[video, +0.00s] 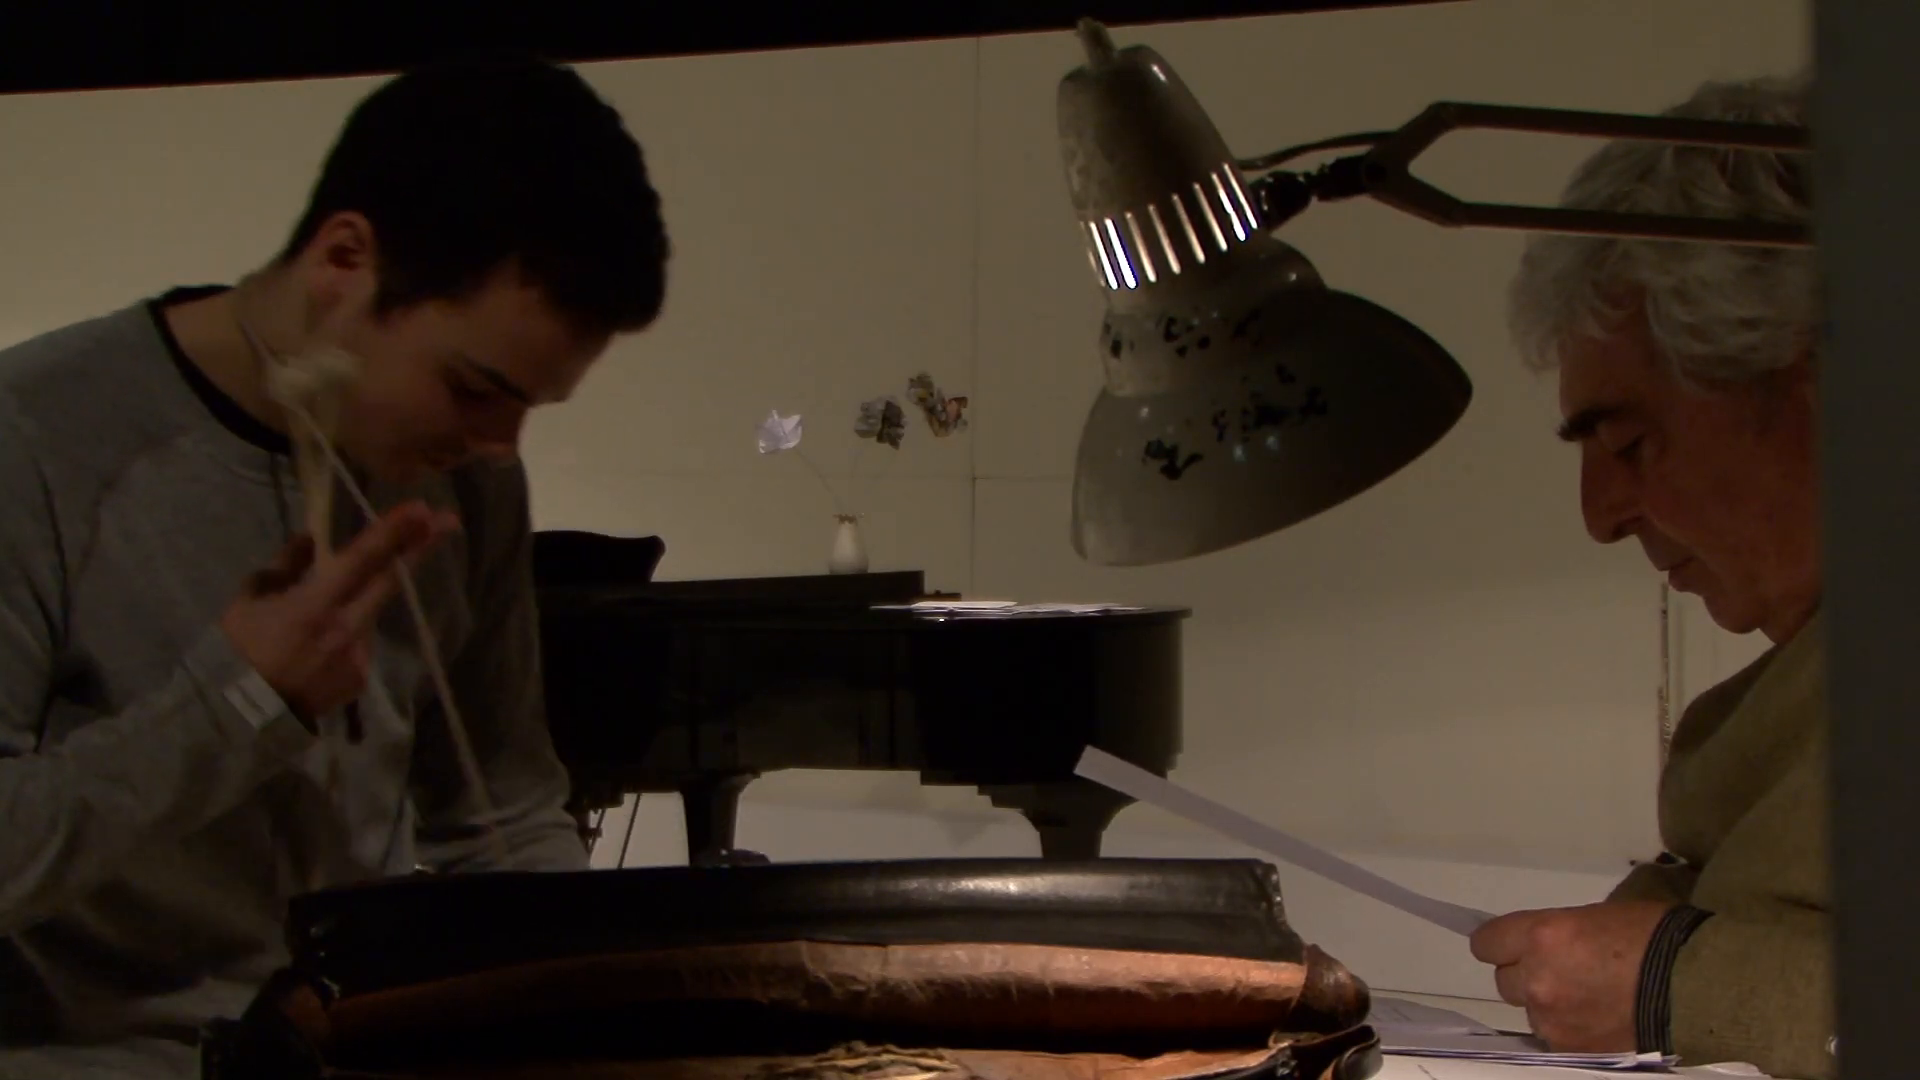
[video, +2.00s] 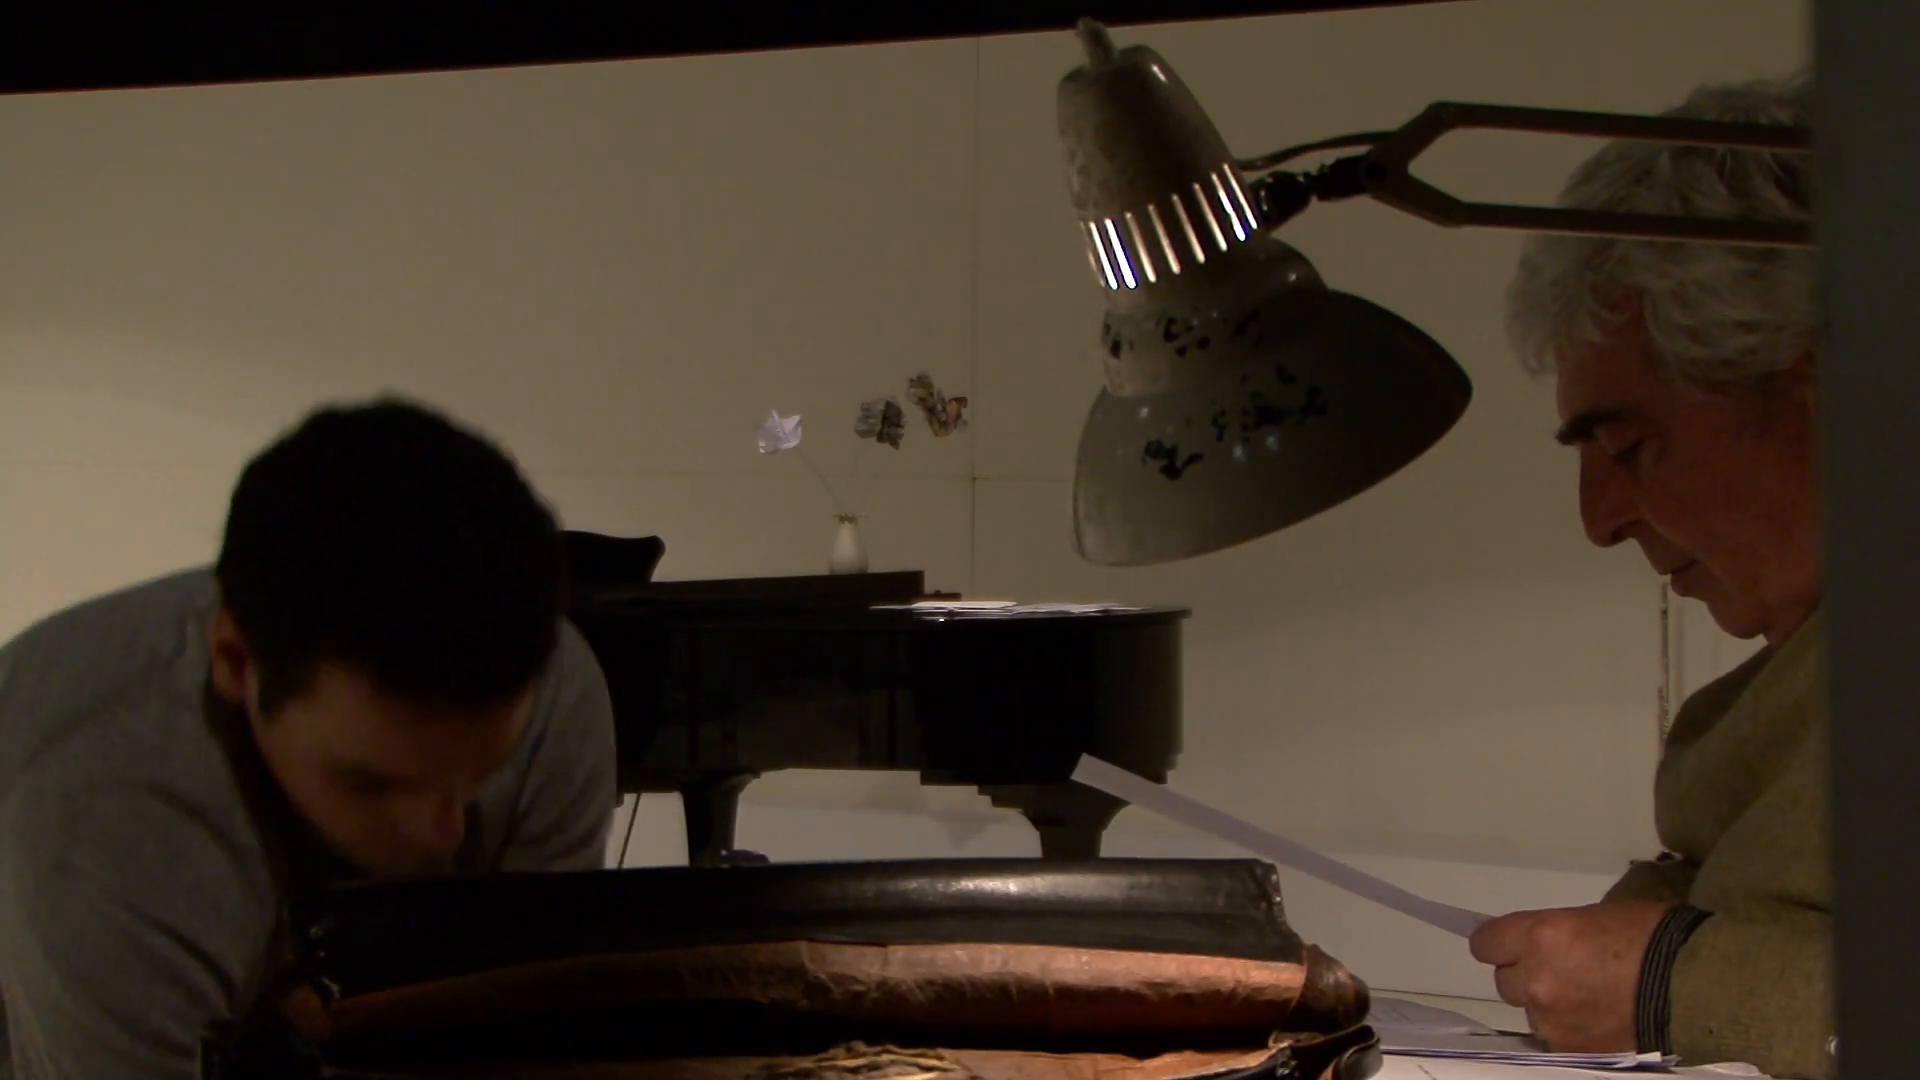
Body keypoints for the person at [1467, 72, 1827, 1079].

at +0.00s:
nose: (1602, 516)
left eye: (1627, 438)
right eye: (1591, 450)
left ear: (1808, 381)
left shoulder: (1873, 658)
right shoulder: (1798, 668)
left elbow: (1895, 1005)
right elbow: (1741, 866)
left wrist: (1674, 984)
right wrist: (1650, 927)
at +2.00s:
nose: (1601, 520)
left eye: (1624, 442)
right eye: (1591, 455)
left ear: (1810, 379)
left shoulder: (1873, 653)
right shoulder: (1792, 669)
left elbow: (1894, 1003)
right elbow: (1732, 873)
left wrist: (1674, 983)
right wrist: (1643, 947)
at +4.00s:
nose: (1594, 533)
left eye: (1618, 455)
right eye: (1582, 470)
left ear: (1799, 382)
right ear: (1792, 381)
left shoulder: (1873, 659)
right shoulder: (1787, 681)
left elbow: (1890, 1007)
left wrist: (1676, 985)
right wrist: (1651, 931)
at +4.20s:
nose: (1594, 533)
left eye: (1617, 455)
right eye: (1582, 470)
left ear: (1800, 383)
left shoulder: (1872, 661)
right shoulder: (1783, 685)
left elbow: (1889, 1008)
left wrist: (1674, 983)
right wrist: (1654, 930)